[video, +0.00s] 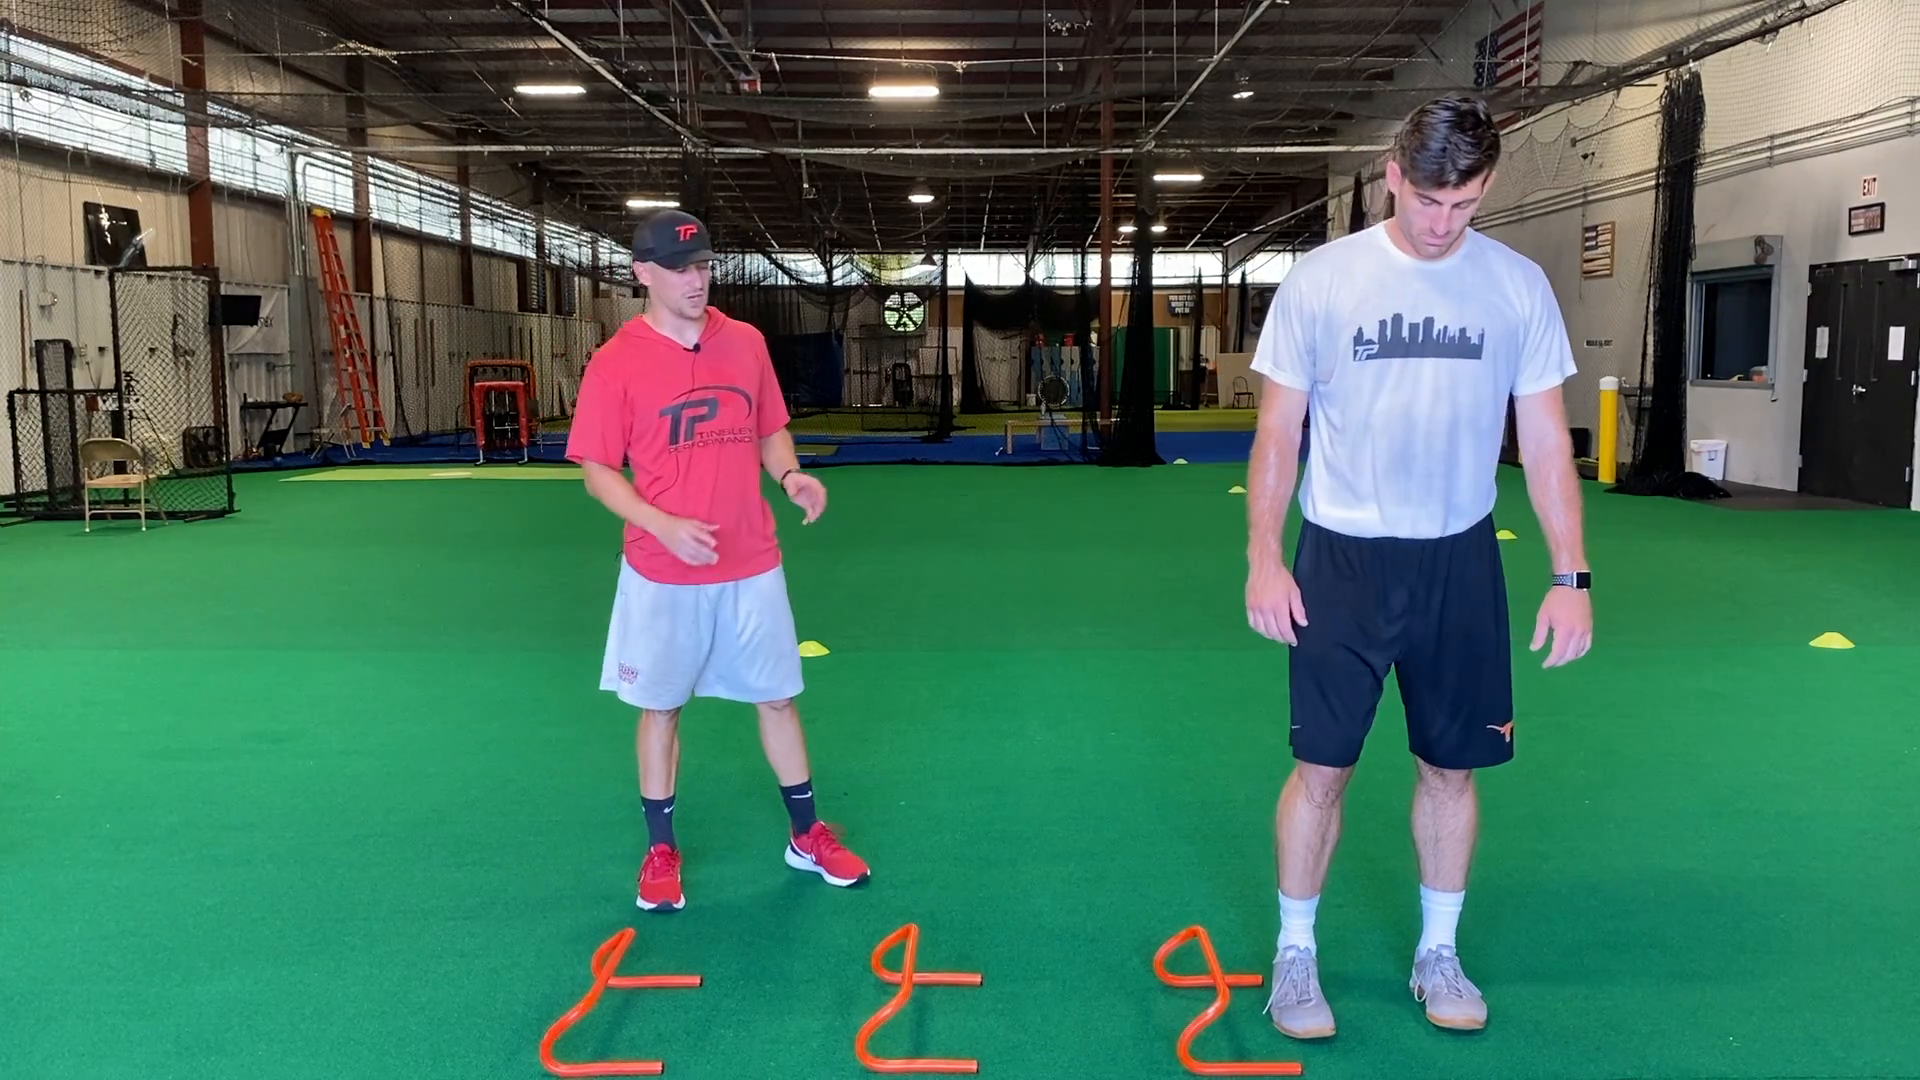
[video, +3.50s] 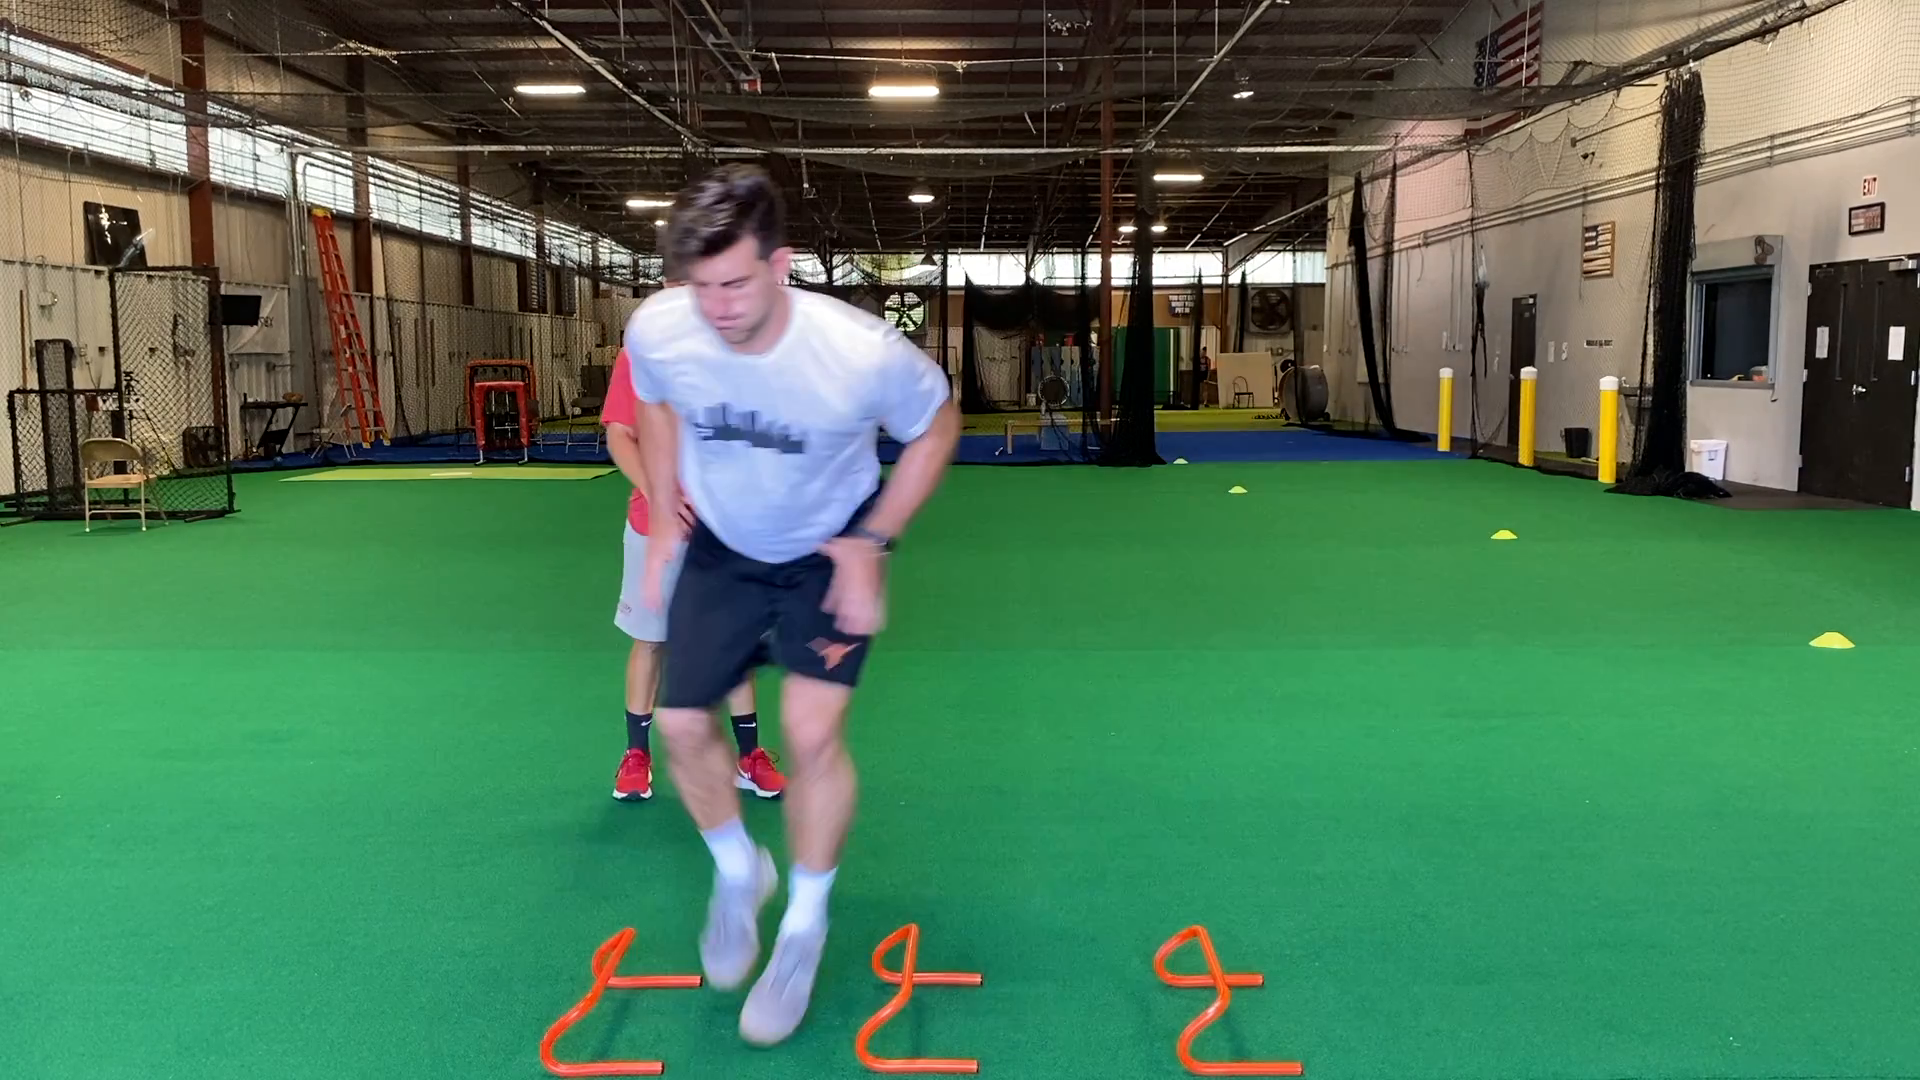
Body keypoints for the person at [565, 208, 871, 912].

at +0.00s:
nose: (700, 278)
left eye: (704, 264)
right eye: (684, 267)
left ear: (712, 267)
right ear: (645, 275)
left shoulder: (745, 344)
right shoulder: (616, 364)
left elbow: (772, 430)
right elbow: (597, 470)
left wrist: (792, 473)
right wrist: (661, 524)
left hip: (751, 563)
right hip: (665, 572)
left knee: (778, 695)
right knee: (660, 706)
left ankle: (808, 835)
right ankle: (661, 850)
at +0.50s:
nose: (788, 273)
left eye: (798, 261)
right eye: (774, 261)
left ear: (810, 271)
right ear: (744, 268)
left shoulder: (836, 356)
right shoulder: (706, 353)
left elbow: (854, 442)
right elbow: (678, 451)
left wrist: (847, 459)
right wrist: (700, 515)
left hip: (823, 560)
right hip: (740, 564)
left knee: (808, 691)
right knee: (714, 700)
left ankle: (810, 833)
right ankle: (671, 849)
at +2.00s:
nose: (703, 287)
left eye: (710, 275)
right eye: (689, 279)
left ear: (722, 276)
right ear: (664, 287)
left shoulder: (768, 343)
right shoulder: (648, 361)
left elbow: (803, 432)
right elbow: (638, 448)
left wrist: (761, 403)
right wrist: (641, 500)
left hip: (761, 536)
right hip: (683, 542)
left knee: (780, 659)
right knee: (699, 662)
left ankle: (780, 767)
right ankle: (708, 791)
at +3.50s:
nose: (700, 297)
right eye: (687, 281)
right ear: (669, 287)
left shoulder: (759, 356)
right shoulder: (643, 350)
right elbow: (618, 434)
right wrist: (658, 496)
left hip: (730, 526)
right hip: (659, 522)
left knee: (737, 646)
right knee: (649, 637)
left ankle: (750, 752)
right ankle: (637, 750)